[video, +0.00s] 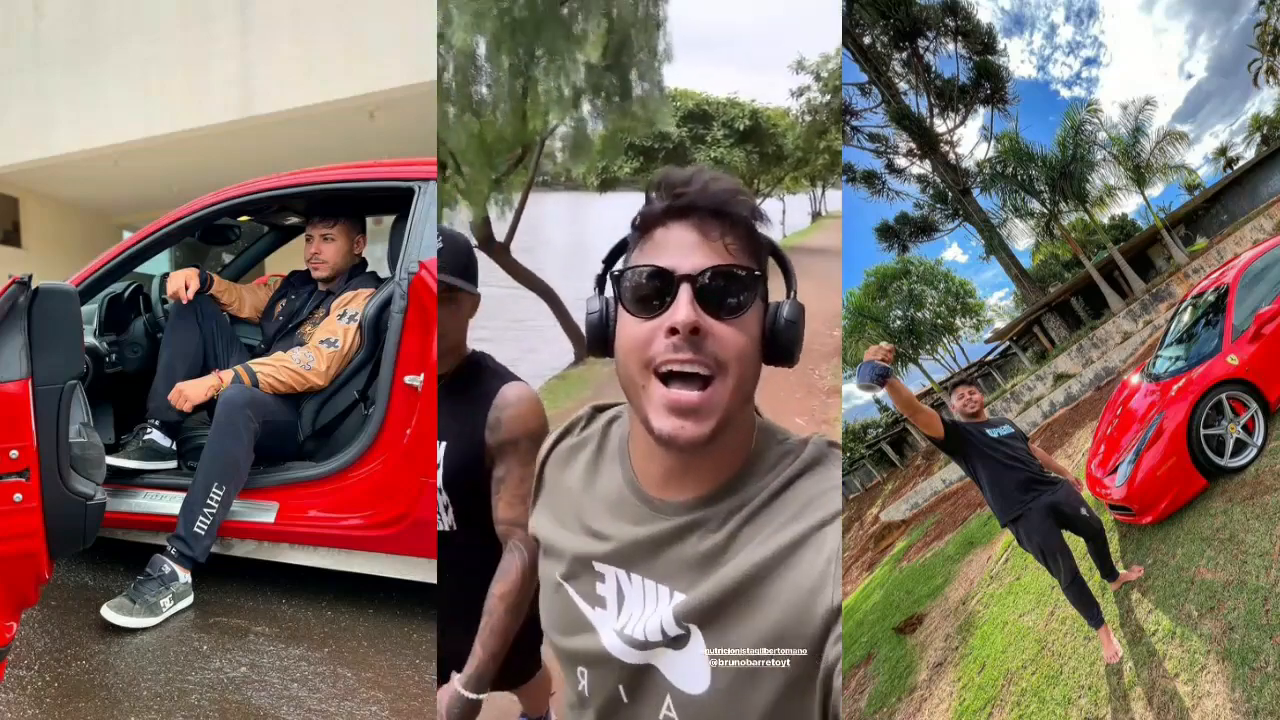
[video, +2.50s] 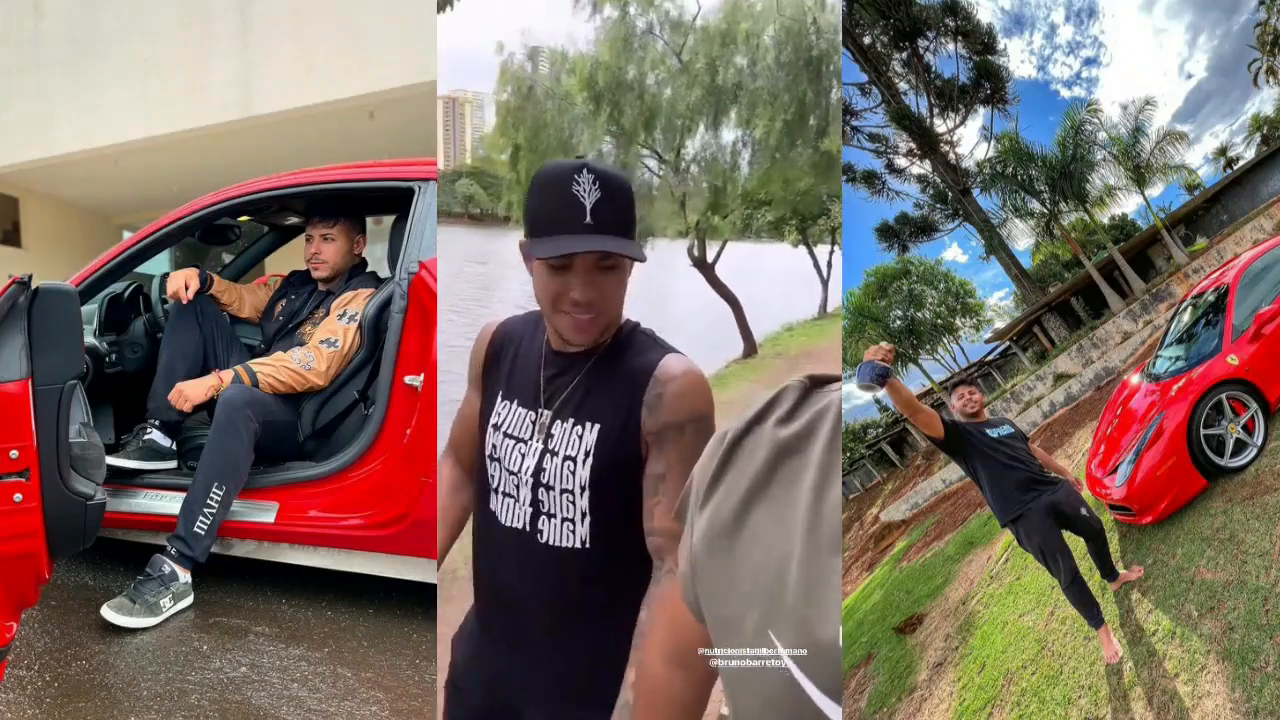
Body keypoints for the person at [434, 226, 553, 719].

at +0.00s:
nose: (428, 313)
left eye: (444, 298)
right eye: (419, 296)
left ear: (471, 305)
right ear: (399, 302)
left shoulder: (508, 404)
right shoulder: (387, 386)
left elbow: (520, 546)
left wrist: (469, 683)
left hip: (487, 598)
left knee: (523, 675)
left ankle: (540, 712)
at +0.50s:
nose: (586, 288)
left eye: (606, 272)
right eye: (572, 267)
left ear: (625, 280)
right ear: (545, 269)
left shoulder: (650, 384)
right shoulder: (509, 362)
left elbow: (664, 500)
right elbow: (455, 464)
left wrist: (649, 589)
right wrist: (410, 544)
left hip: (607, 602)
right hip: (531, 590)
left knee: (588, 708)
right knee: (549, 700)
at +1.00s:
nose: (631, 293)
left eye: (654, 271)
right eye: (612, 268)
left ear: (673, 280)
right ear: (579, 271)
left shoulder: (702, 409)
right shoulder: (544, 371)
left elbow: (711, 556)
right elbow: (516, 475)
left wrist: (683, 691)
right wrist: (486, 571)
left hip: (629, 676)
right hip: (530, 647)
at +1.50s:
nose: (613, 292)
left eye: (636, 267)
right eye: (591, 265)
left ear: (658, 270)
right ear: (552, 265)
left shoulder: (702, 408)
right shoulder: (521, 378)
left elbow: (725, 571)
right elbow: (463, 513)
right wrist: (406, 626)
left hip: (631, 691)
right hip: (525, 672)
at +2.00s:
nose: (600, 285)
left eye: (628, 262)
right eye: (582, 258)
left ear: (657, 262)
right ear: (551, 248)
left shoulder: (685, 397)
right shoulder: (520, 345)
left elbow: (682, 582)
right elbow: (471, 477)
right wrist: (437, 614)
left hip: (607, 701)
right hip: (505, 681)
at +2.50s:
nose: (580, 292)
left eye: (605, 265)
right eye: (558, 265)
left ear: (632, 263)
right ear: (528, 260)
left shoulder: (669, 389)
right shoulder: (499, 348)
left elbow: (674, 560)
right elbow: (459, 469)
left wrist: (645, 703)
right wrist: (400, 569)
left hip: (591, 684)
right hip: (486, 660)